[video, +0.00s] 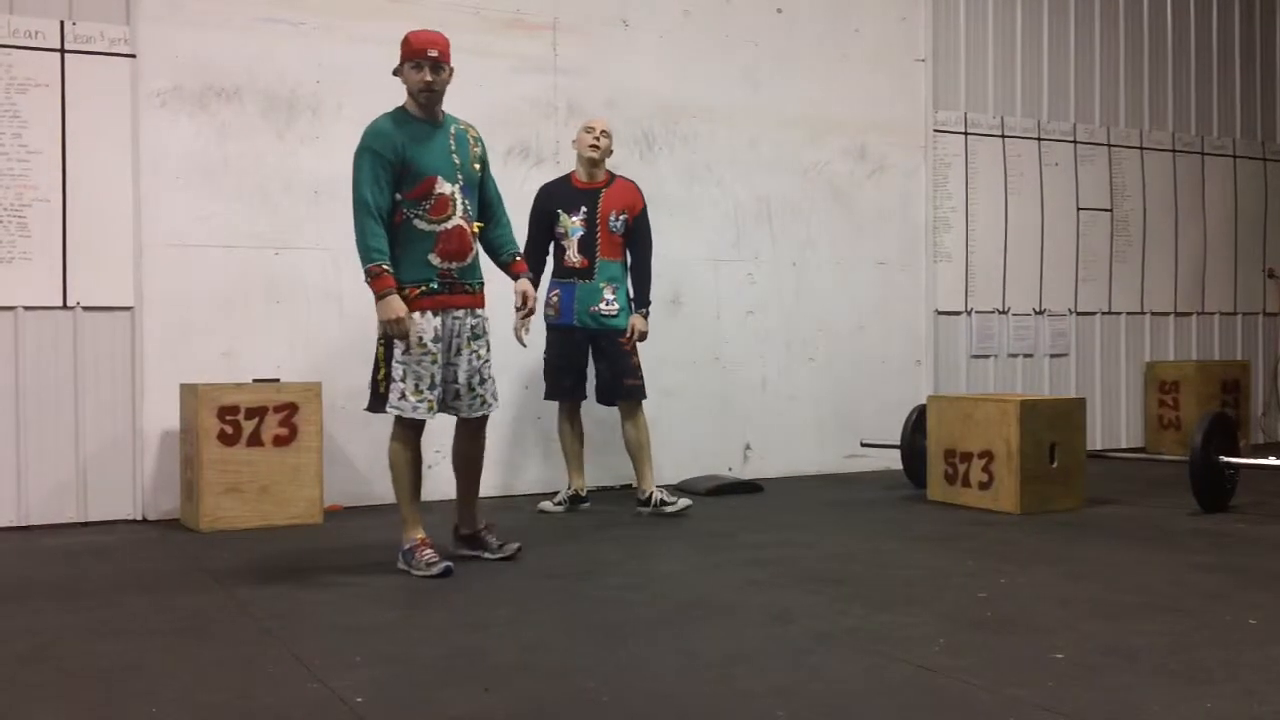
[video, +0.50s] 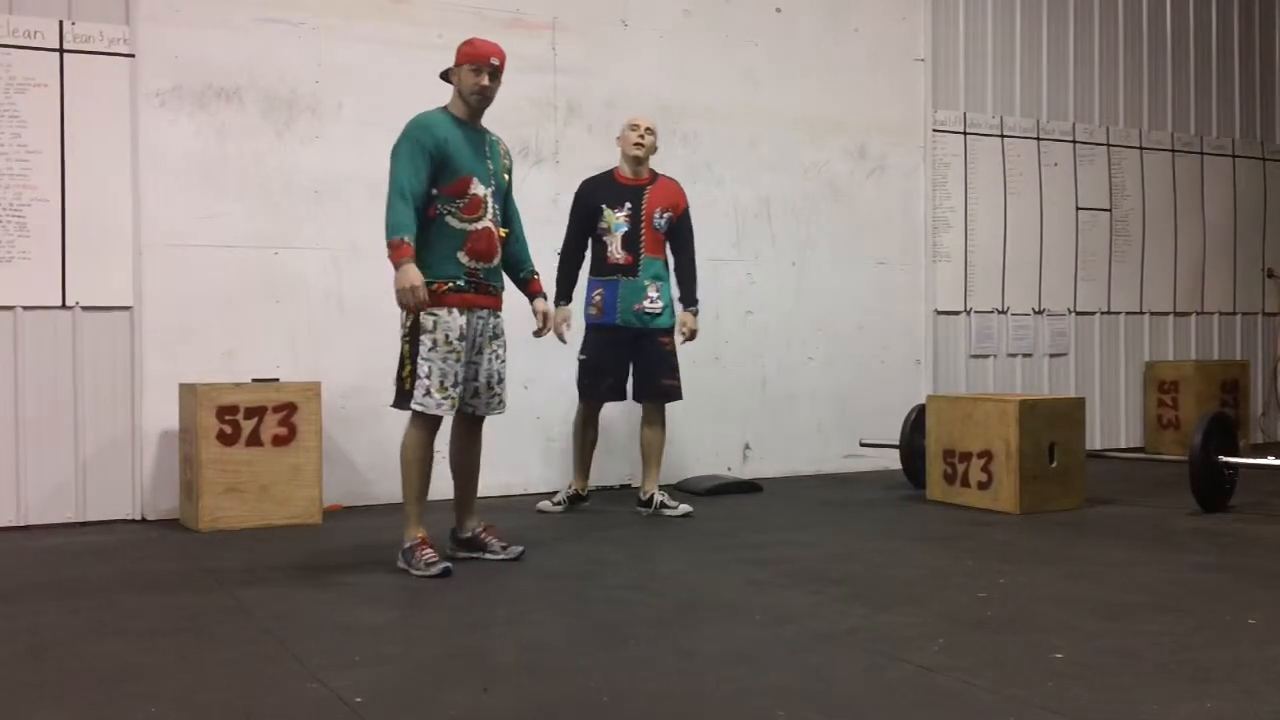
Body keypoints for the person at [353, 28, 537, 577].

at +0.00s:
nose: (428, 75)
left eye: (437, 67)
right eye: (418, 66)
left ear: (449, 74)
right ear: (401, 74)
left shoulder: (468, 138)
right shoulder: (382, 138)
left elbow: (491, 216)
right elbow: (369, 219)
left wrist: (520, 274)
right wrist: (385, 292)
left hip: (467, 302)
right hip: (413, 304)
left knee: (474, 413)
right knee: (410, 419)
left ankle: (469, 528)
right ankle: (413, 539)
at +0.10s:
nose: (441, 75)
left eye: (449, 67)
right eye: (430, 66)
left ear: (460, 75)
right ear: (412, 73)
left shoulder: (474, 140)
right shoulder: (389, 137)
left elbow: (496, 219)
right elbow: (374, 220)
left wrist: (522, 276)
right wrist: (389, 292)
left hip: (471, 302)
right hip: (417, 303)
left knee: (473, 414)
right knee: (412, 418)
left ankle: (467, 529)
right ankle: (414, 539)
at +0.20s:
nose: (453, 75)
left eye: (461, 67)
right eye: (442, 66)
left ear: (471, 76)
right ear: (423, 72)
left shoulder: (481, 142)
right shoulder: (399, 135)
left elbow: (500, 221)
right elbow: (382, 218)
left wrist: (526, 278)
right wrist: (394, 287)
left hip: (475, 303)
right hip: (423, 303)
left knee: (476, 413)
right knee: (415, 417)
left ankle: (467, 527)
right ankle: (413, 538)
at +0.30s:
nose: (466, 77)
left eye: (475, 70)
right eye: (456, 67)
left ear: (483, 79)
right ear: (436, 72)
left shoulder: (487, 146)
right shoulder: (409, 133)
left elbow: (503, 224)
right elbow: (389, 213)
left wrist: (532, 283)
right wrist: (399, 283)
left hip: (480, 303)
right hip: (429, 302)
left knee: (475, 414)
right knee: (419, 417)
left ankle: (468, 527)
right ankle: (413, 539)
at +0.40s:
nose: (476, 78)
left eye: (485, 71)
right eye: (467, 68)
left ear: (492, 81)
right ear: (445, 73)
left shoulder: (492, 148)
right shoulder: (418, 131)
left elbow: (506, 225)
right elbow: (395, 208)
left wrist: (536, 288)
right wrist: (403, 275)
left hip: (483, 303)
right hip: (433, 301)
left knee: (475, 413)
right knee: (423, 415)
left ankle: (467, 526)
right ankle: (414, 537)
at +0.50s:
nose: (485, 79)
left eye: (494, 73)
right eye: (476, 70)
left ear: (500, 84)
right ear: (453, 75)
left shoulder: (496, 149)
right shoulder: (426, 130)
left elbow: (508, 226)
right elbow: (401, 199)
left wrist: (537, 291)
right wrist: (404, 264)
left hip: (485, 302)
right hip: (438, 299)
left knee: (472, 413)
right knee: (427, 413)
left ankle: (466, 526)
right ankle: (414, 537)